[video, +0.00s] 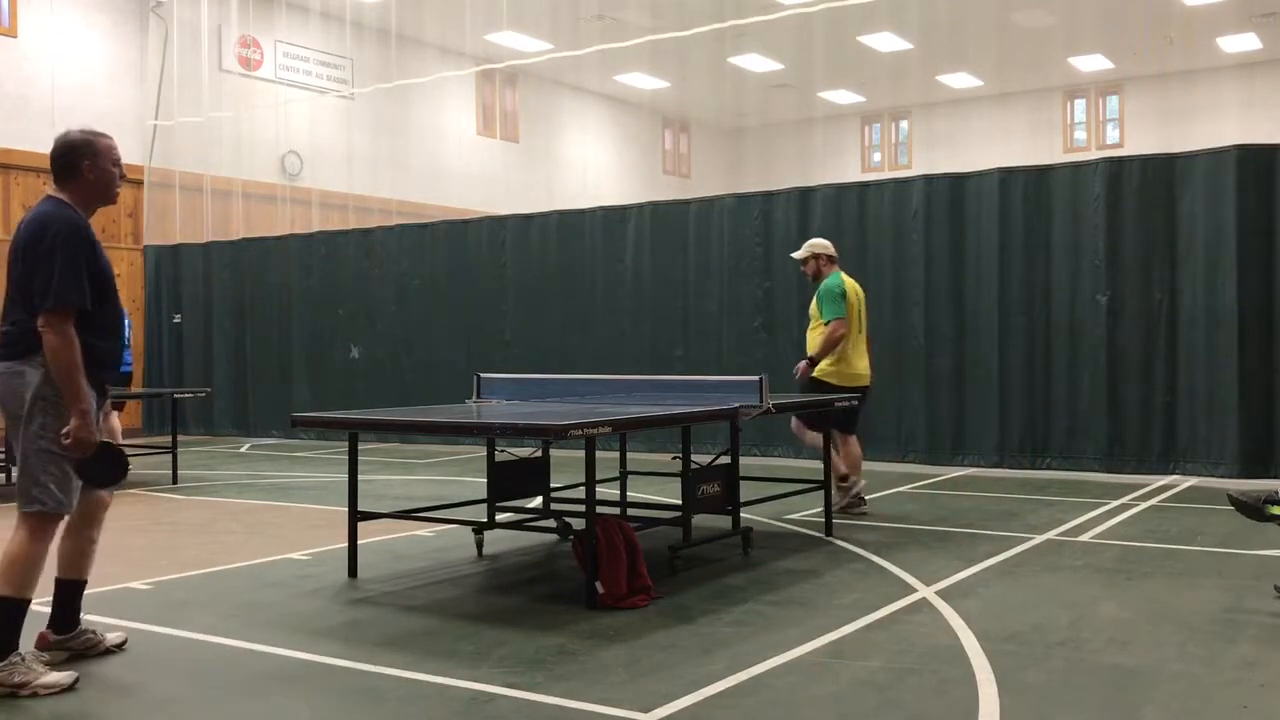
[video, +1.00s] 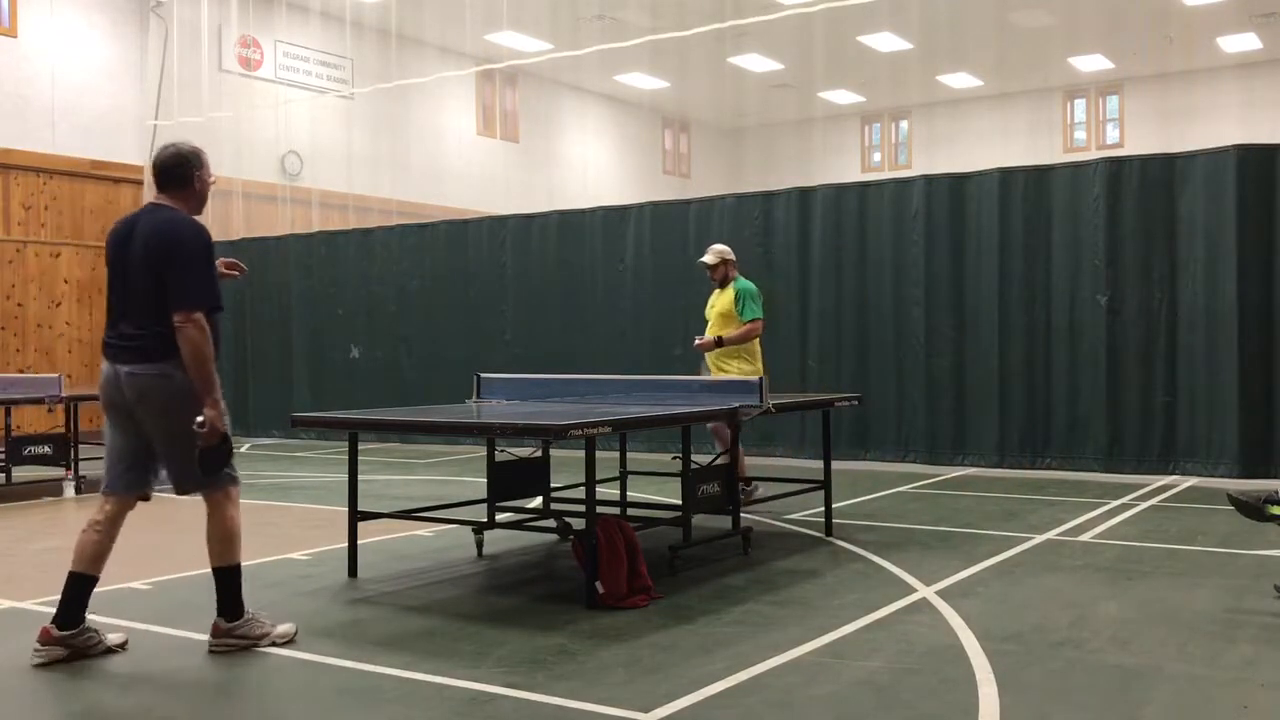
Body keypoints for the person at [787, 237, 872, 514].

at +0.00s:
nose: (802, 269)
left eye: (805, 263)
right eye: (802, 263)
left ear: (821, 261)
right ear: (826, 262)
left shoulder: (830, 286)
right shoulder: (852, 285)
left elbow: (838, 329)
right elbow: (862, 335)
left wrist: (812, 360)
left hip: (831, 377)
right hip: (857, 377)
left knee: (800, 425)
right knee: (846, 433)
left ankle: (842, 474)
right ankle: (852, 496)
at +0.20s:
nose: (780, 272)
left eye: (783, 266)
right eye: (779, 267)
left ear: (799, 264)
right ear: (799, 265)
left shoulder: (814, 288)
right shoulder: (809, 287)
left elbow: (822, 331)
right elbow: (800, 330)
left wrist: (790, 359)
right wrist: (776, 346)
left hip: (813, 378)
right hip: (828, 377)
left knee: (791, 432)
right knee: (835, 434)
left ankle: (771, 491)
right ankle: (852, 494)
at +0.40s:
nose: (755, 275)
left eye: (758, 270)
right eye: (754, 271)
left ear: (775, 267)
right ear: (773, 268)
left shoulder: (788, 292)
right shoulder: (779, 292)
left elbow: (794, 335)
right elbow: (771, 332)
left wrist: (759, 362)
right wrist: (744, 348)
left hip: (785, 379)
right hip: (788, 378)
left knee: (763, 430)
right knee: (797, 433)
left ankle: (762, 493)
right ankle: (834, 478)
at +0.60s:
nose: (736, 271)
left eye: (740, 265)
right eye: (735, 266)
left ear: (756, 263)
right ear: (752, 265)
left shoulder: (768, 287)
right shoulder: (757, 288)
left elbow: (769, 331)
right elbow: (758, 336)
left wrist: (733, 348)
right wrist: (738, 363)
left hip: (768, 375)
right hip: (756, 374)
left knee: (756, 430)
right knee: (753, 427)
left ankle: (762, 493)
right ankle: (774, 477)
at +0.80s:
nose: (721, 273)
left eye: (725, 267)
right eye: (720, 268)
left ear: (741, 265)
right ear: (733, 267)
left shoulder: (755, 289)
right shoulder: (735, 291)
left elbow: (757, 329)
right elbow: (738, 330)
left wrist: (720, 345)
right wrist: (716, 344)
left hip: (754, 377)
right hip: (736, 376)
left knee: (752, 435)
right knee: (734, 432)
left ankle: (762, 493)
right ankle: (729, 488)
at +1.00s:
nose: (710, 273)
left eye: (713, 268)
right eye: (708, 268)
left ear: (729, 265)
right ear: (715, 268)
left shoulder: (745, 288)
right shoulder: (719, 291)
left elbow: (755, 327)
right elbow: (721, 328)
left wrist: (716, 341)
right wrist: (706, 340)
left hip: (740, 375)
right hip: (719, 374)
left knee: (719, 424)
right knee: (720, 426)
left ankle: (742, 480)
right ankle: (740, 480)